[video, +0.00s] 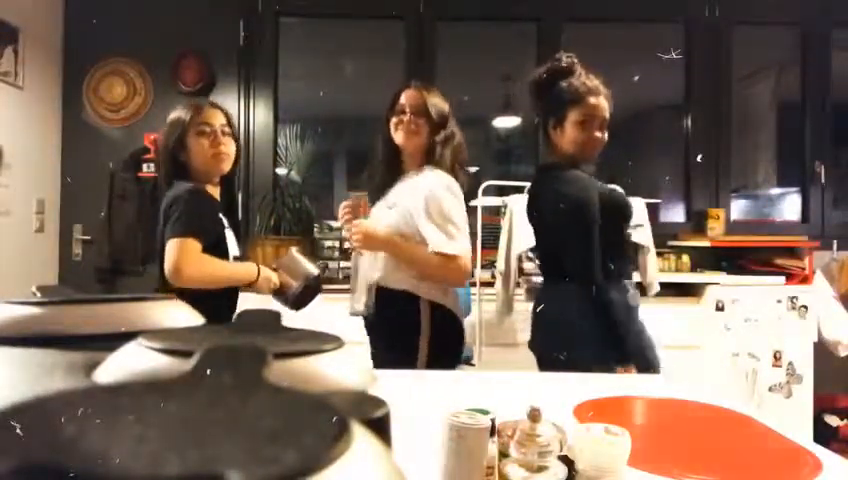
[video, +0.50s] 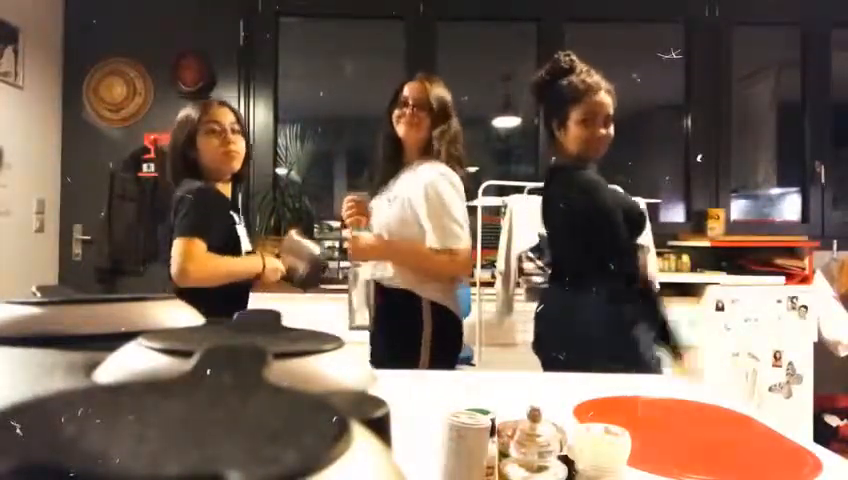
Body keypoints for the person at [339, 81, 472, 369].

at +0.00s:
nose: (405, 119)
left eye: (417, 113)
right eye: (399, 112)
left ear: (438, 127)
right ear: (390, 121)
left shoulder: (439, 185)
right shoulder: (403, 184)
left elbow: (458, 270)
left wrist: (385, 242)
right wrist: (362, 222)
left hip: (420, 316)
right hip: (390, 311)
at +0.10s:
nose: (404, 116)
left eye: (416, 110)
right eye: (398, 108)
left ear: (435, 122)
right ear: (389, 117)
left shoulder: (439, 184)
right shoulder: (404, 182)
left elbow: (455, 276)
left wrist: (383, 246)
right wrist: (363, 223)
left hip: (422, 318)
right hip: (393, 312)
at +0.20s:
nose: (407, 109)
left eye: (418, 103)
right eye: (401, 101)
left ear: (438, 114)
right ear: (392, 110)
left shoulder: (439, 173)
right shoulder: (405, 173)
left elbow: (460, 256)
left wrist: (385, 235)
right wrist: (362, 215)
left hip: (422, 311)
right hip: (392, 306)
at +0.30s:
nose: (407, 117)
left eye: (419, 111)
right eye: (401, 109)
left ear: (439, 122)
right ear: (392, 117)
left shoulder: (440, 180)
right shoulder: (404, 180)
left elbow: (458, 262)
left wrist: (384, 240)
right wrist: (363, 221)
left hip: (420, 314)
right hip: (392, 309)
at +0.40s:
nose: (405, 122)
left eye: (417, 117)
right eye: (400, 115)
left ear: (438, 128)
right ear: (392, 123)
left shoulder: (440, 192)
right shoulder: (401, 190)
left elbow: (457, 281)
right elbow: (402, 257)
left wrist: (383, 255)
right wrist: (361, 231)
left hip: (424, 318)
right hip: (393, 312)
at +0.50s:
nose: (407, 112)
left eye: (419, 107)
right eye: (402, 104)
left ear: (439, 117)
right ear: (393, 113)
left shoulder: (436, 178)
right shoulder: (405, 175)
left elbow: (460, 262)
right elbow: (404, 240)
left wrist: (384, 249)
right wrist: (364, 220)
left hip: (421, 311)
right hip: (393, 307)